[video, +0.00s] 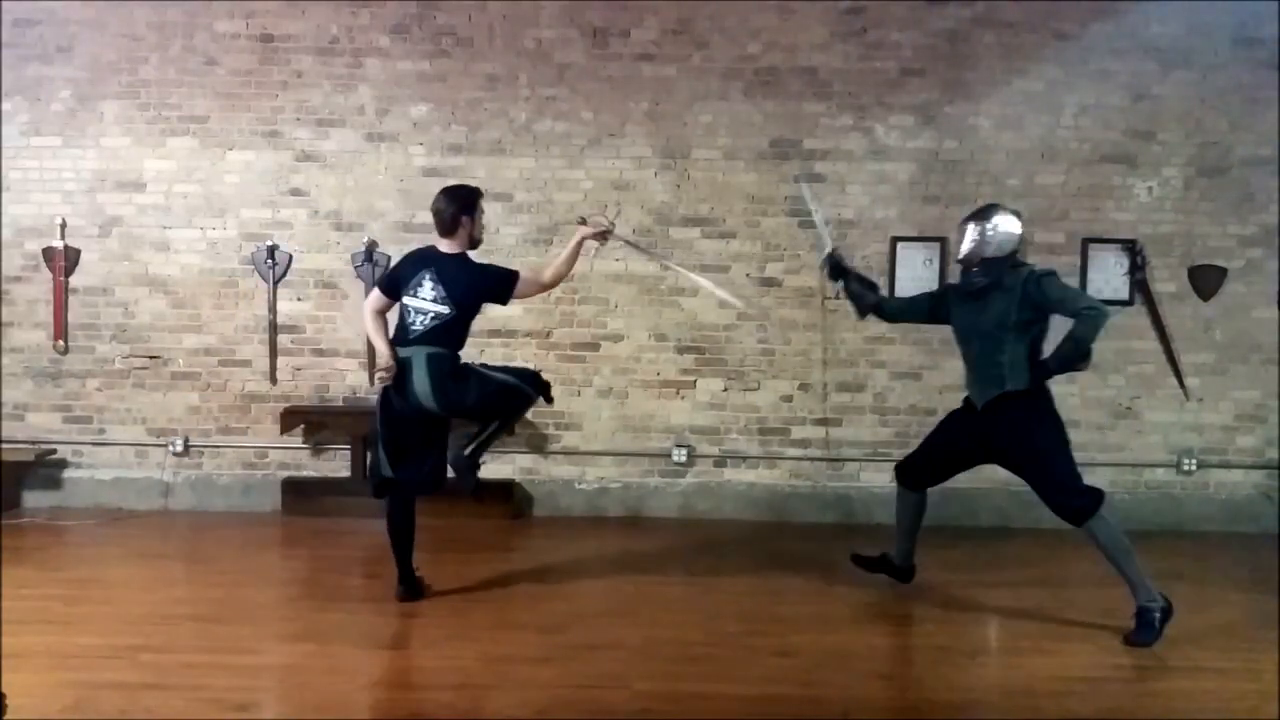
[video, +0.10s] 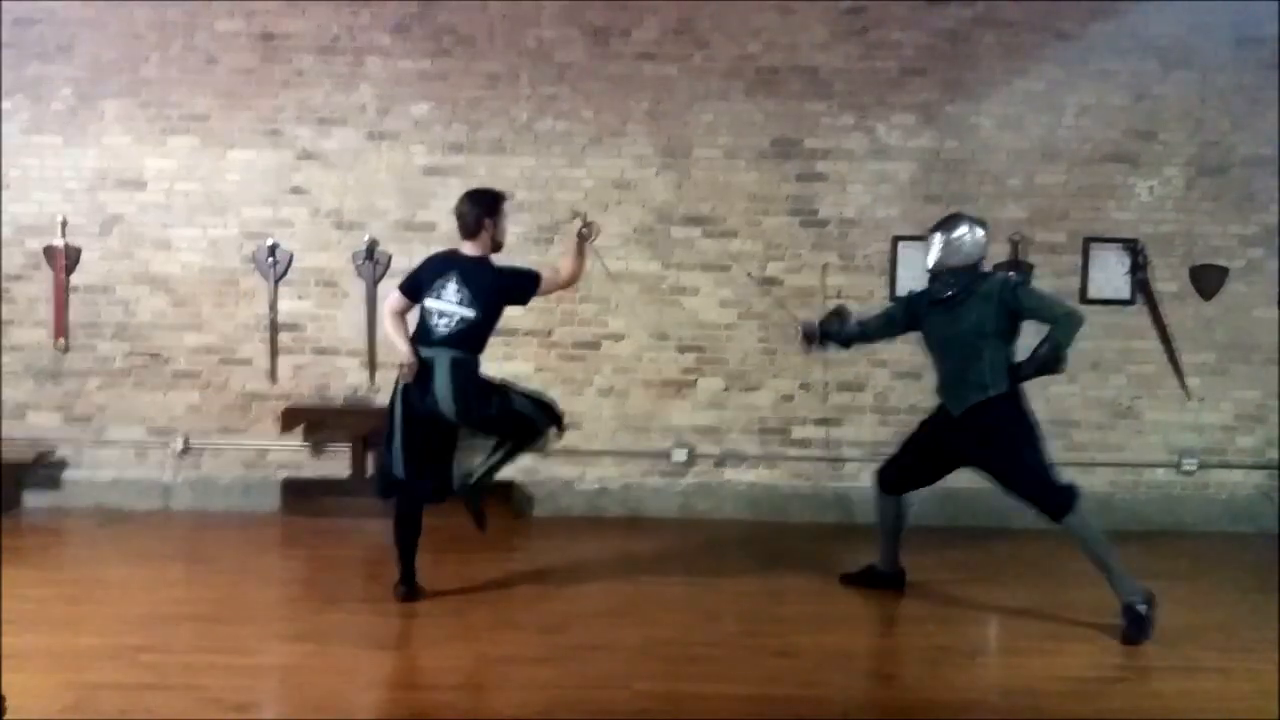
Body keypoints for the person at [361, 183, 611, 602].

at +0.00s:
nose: (481, 224)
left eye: (480, 216)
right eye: (478, 217)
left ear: (439, 222)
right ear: (463, 222)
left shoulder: (412, 261)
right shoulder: (474, 275)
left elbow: (372, 309)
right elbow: (546, 280)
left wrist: (385, 354)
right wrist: (579, 237)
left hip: (399, 389)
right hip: (441, 385)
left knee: (402, 482)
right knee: (527, 387)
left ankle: (406, 579)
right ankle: (468, 456)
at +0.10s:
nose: (506, 227)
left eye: (503, 219)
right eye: (502, 220)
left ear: (465, 225)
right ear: (487, 225)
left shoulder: (436, 264)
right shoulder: (498, 279)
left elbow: (392, 309)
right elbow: (566, 277)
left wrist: (405, 351)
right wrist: (579, 241)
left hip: (414, 388)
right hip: (457, 390)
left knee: (411, 482)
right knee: (537, 419)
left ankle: (406, 579)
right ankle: (476, 485)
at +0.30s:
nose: (555, 244)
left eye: (552, 236)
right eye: (551, 237)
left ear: (515, 242)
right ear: (537, 242)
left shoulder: (488, 283)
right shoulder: (549, 298)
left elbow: (439, 320)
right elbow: (615, 336)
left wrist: (458, 360)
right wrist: (666, 303)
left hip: (453, 396)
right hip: (497, 404)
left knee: (425, 484)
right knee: (556, 481)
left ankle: (396, 576)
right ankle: (570, 570)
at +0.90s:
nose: (629, 308)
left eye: (625, 301)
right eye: (624, 302)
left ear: (589, 311)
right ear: (609, 310)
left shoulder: (563, 346)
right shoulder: (617, 353)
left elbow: (512, 373)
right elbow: (676, 392)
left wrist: (510, 401)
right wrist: (733, 398)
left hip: (507, 436)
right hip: (543, 443)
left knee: (455, 506)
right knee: (620, 494)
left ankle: (381, 563)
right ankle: (601, 580)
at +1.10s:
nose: (565, 276)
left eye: (562, 268)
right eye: (560, 269)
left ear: (524, 279)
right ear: (546, 276)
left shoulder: (504, 321)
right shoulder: (558, 323)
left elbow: (456, 362)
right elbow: (619, 351)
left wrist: (471, 396)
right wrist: (678, 367)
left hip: (471, 427)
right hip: (512, 430)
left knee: (446, 500)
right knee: (586, 496)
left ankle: (389, 570)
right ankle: (603, 580)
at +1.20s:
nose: (527, 260)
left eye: (525, 252)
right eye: (522, 252)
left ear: (489, 260)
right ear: (506, 258)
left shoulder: (465, 304)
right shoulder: (514, 305)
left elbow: (423, 352)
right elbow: (573, 338)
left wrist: (439, 383)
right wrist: (632, 363)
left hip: (444, 416)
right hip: (483, 418)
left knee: (430, 497)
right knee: (553, 497)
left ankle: (387, 573)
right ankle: (591, 577)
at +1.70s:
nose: (415, 236)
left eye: (412, 228)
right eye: (410, 229)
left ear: (379, 238)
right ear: (389, 236)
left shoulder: (352, 283)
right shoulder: (397, 285)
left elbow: (310, 327)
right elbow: (461, 326)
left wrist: (320, 361)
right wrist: (521, 357)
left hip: (342, 392)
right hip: (357, 395)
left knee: (381, 480)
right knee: (352, 491)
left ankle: (381, 571)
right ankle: (278, 571)